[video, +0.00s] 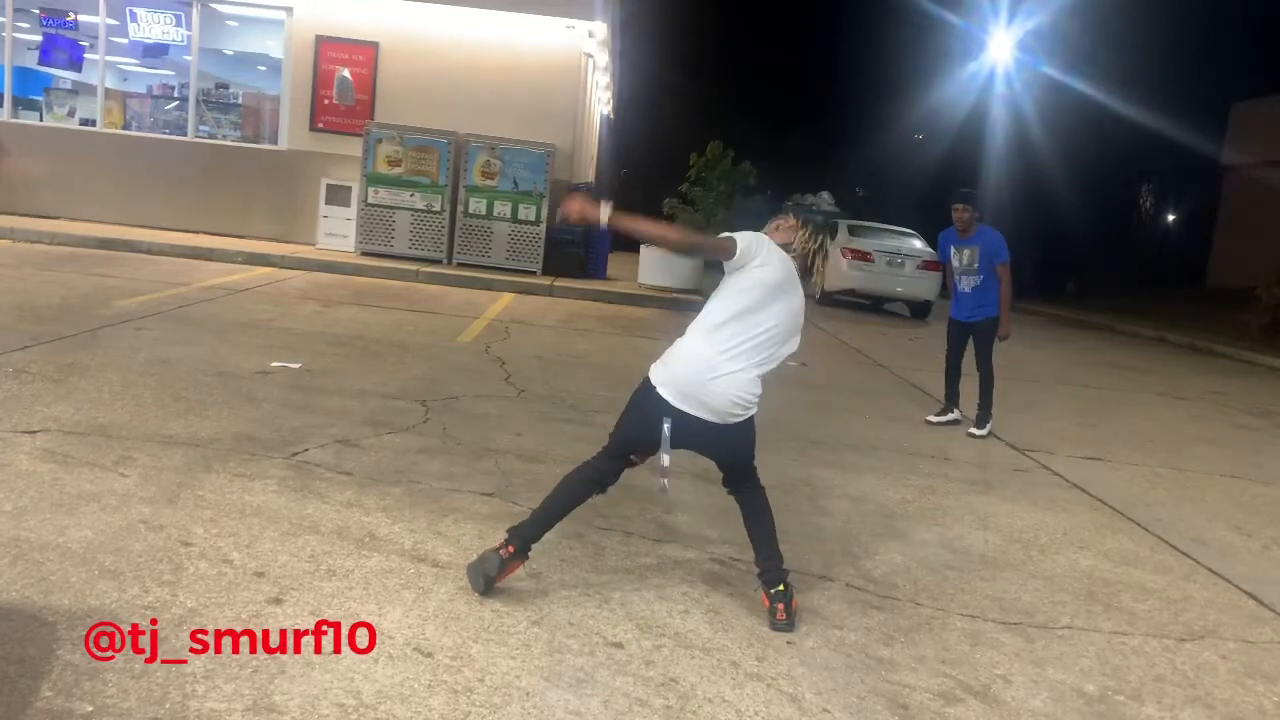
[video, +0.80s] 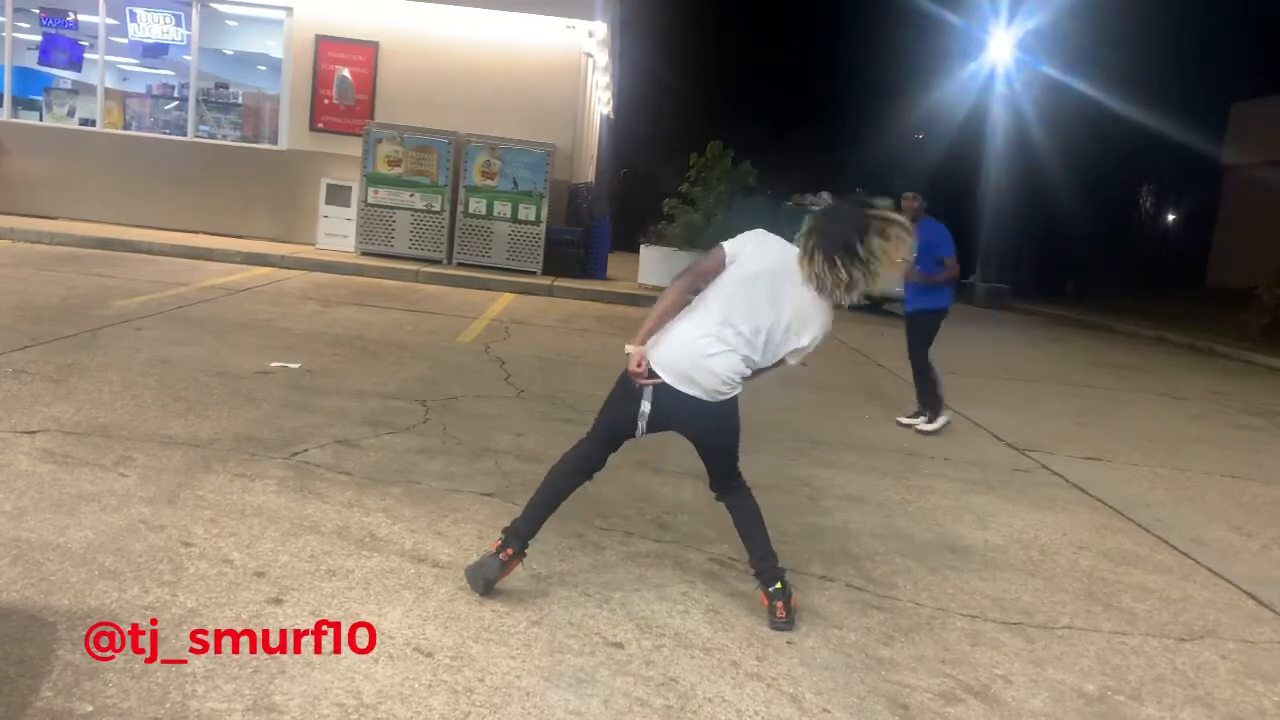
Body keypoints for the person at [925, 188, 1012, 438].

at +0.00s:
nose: (959, 216)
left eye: (964, 211)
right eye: (955, 210)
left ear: (975, 213)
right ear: (951, 213)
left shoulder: (993, 239)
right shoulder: (946, 238)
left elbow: (1005, 278)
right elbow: (949, 274)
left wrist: (1004, 320)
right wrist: (955, 302)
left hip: (986, 315)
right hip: (959, 313)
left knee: (984, 366)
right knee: (952, 361)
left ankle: (983, 418)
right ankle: (951, 408)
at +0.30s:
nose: (956, 215)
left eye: (962, 210)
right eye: (953, 210)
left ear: (973, 213)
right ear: (948, 212)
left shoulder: (988, 240)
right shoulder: (945, 237)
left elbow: (1011, 276)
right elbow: (947, 269)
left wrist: (980, 296)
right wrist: (949, 296)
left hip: (980, 316)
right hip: (953, 311)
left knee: (979, 363)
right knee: (935, 353)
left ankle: (983, 417)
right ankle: (945, 401)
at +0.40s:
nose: (953, 215)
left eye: (958, 210)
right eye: (949, 210)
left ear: (969, 213)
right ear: (945, 212)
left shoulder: (981, 237)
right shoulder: (942, 235)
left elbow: (995, 270)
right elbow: (947, 267)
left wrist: (961, 276)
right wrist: (945, 289)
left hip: (977, 315)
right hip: (950, 310)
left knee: (978, 363)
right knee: (932, 351)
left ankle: (983, 417)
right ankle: (937, 404)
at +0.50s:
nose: (946, 214)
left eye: (951, 209)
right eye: (942, 209)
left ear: (962, 213)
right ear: (937, 211)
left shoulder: (970, 235)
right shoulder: (935, 233)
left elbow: (957, 251)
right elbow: (935, 264)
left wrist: (924, 259)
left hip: (970, 313)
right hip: (944, 311)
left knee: (976, 365)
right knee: (930, 357)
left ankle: (983, 419)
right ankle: (927, 411)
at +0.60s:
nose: (936, 212)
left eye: (941, 208)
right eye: (933, 208)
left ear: (951, 211)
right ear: (928, 211)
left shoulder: (961, 235)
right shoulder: (927, 233)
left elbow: (938, 247)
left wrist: (909, 247)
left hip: (962, 311)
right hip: (936, 309)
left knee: (967, 363)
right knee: (923, 356)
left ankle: (982, 418)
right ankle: (926, 411)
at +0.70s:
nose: (925, 209)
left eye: (930, 204)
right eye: (922, 204)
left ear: (940, 209)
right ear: (917, 207)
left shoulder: (949, 232)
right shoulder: (918, 230)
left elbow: (941, 262)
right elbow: (923, 260)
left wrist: (911, 247)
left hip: (949, 308)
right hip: (926, 306)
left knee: (946, 360)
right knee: (918, 358)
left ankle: (976, 411)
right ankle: (925, 411)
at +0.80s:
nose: (908, 205)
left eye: (913, 200)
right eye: (905, 200)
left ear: (923, 203)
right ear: (901, 204)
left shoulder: (935, 231)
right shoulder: (909, 231)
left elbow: (953, 271)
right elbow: (914, 265)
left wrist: (922, 277)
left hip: (933, 303)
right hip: (915, 303)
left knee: (919, 355)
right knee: (916, 355)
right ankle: (924, 409)